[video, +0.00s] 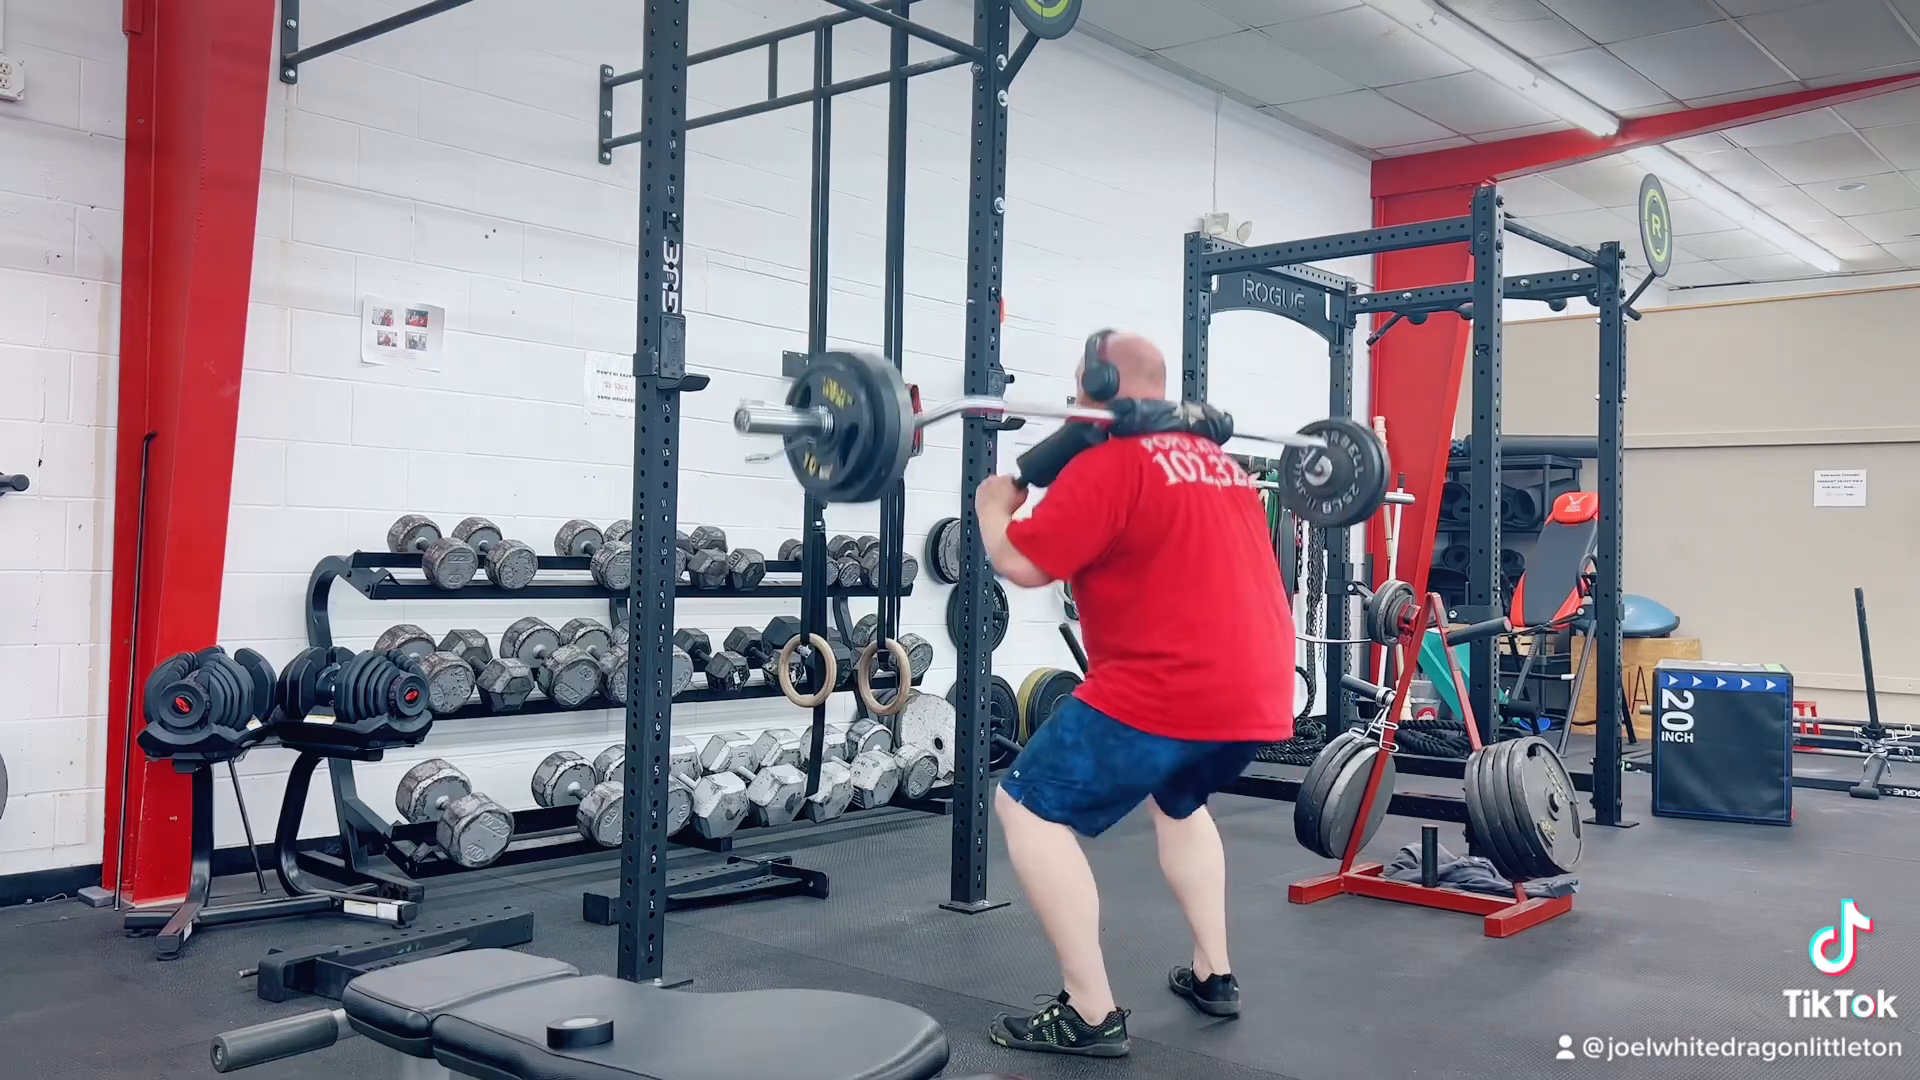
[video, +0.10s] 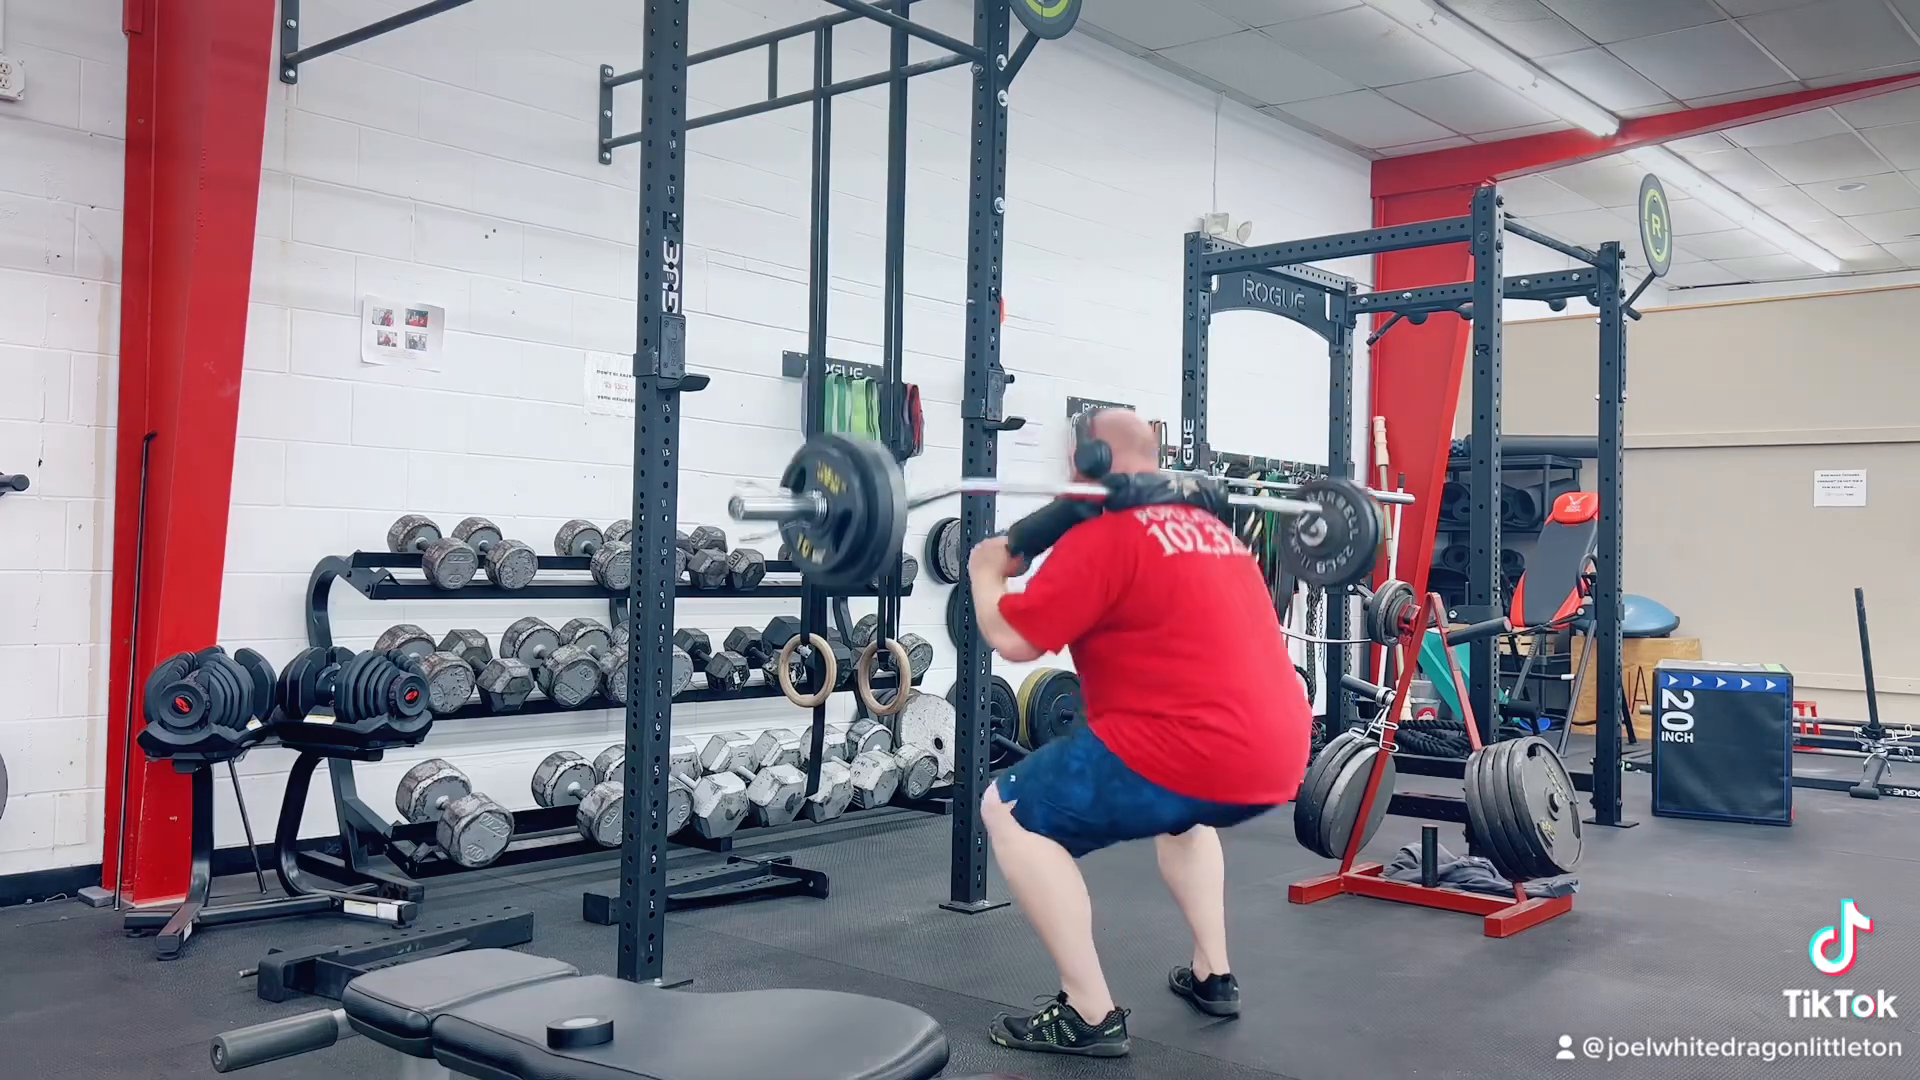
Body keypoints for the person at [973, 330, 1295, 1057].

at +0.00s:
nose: (1075, 402)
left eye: (1078, 389)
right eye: (1076, 390)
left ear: (1098, 393)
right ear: (1163, 389)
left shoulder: (1114, 463)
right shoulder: (1221, 463)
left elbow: (1022, 562)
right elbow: (1256, 569)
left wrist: (992, 506)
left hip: (1159, 692)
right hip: (1261, 696)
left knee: (1026, 802)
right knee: (1178, 800)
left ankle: (1090, 1008)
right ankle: (1215, 973)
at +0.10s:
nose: (1069, 473)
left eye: (1071, 463)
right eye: (1074, 462)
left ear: (1083, 467)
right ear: (1157, 463)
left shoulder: (1107, 534)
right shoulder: (1208, 524)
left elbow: (1013, 639)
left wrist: (983, 569)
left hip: (1179, 753)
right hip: (1274, 753)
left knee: (1009, 810)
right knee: (1178, 811)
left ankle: (1090, 1011)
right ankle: (1214, 974)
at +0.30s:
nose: (1064, 592)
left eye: (1066, 581)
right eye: (1068, 581)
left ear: (1076, 589)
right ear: (1150, 583)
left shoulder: (1100, 657)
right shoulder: (1203, 640)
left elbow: (995, 752)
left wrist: (975, 670)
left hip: (1194, 878)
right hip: (1274, 873)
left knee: (991, 817)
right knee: (1173, 794)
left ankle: (1088, 1009)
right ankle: (1209, 971)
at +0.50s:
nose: (1055, 545)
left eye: (1056, 537)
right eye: (1058, 536)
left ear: (1068, 542)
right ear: (1138, 534)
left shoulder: (1091, 605)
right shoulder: (1196, 587)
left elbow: (995, 707)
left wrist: (970, 639)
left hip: (1188, 806)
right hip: (1278, 802)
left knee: (997, 813)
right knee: (1143, 783)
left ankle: (1088, 1008)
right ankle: (1210, 973)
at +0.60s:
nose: (1052, 468)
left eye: (1053, 458)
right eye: (1056, 458)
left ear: (1066, 461)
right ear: (1140, 453)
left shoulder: (1095, 523)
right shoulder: (1200, 514)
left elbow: (1007, 627)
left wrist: (971, 572)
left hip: (1162, 731)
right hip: (1261, 732)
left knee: (1003, 808)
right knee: (1167, 813)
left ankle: (1088, 1008)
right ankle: (1210, 975)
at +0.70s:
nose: (1057, 389)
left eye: (1061, 375)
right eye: (1059, 375)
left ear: (1083, 377)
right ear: (1144, 372)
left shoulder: (1100, 443)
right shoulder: (1206, 443)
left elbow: (1012, 549)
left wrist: (981, 496)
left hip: (1141, 668)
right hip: (1235, 670)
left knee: (1019, 799)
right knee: (1167, 794)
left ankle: (1089, 1007)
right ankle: (1211, 974)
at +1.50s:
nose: (1060, 427)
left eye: (1061, 414)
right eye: (1061, 415)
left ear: (1079, 414)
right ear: (1145, 405)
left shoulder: (1099, 480)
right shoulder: (1202, 470)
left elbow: (997, 575)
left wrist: (975, 513)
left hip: (1165, 703)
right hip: (1267, 703)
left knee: (1024, 803)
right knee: (1176, 803)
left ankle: (1090, 1010)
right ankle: (1214, 975)